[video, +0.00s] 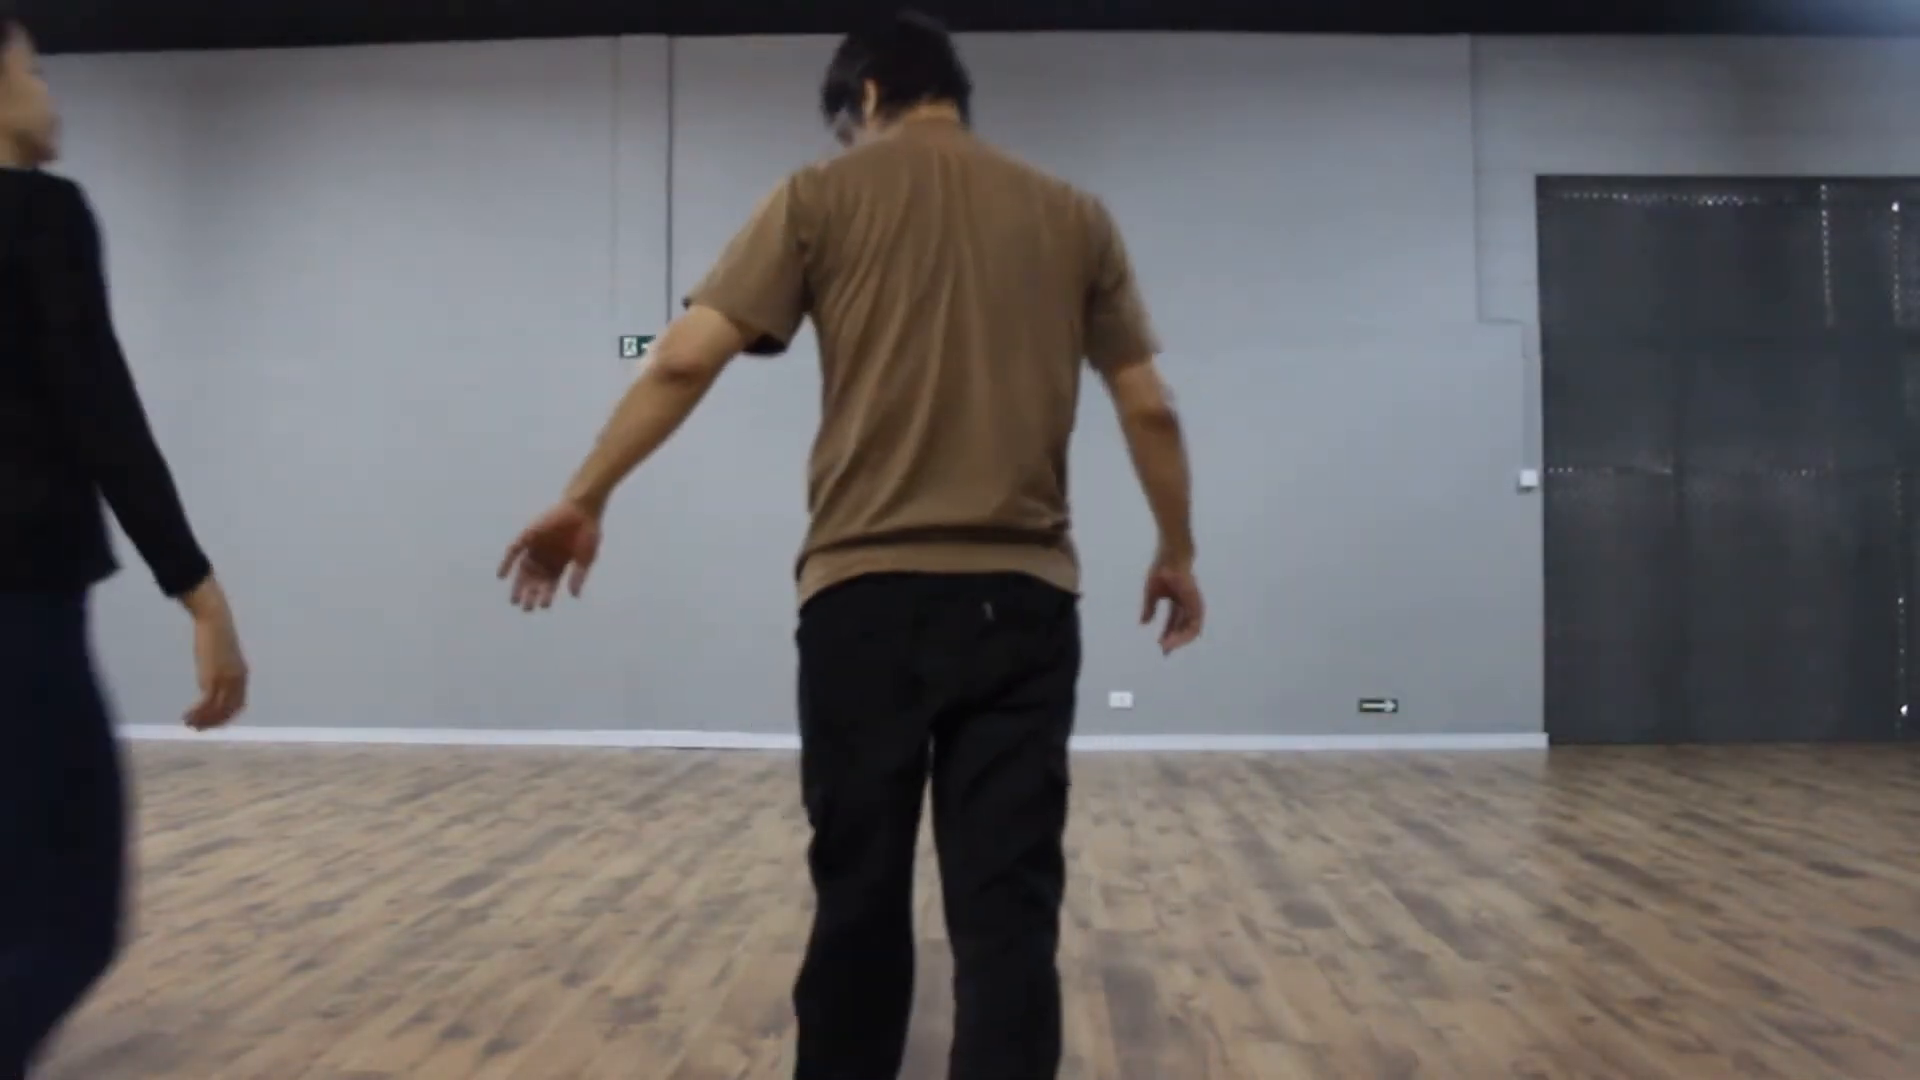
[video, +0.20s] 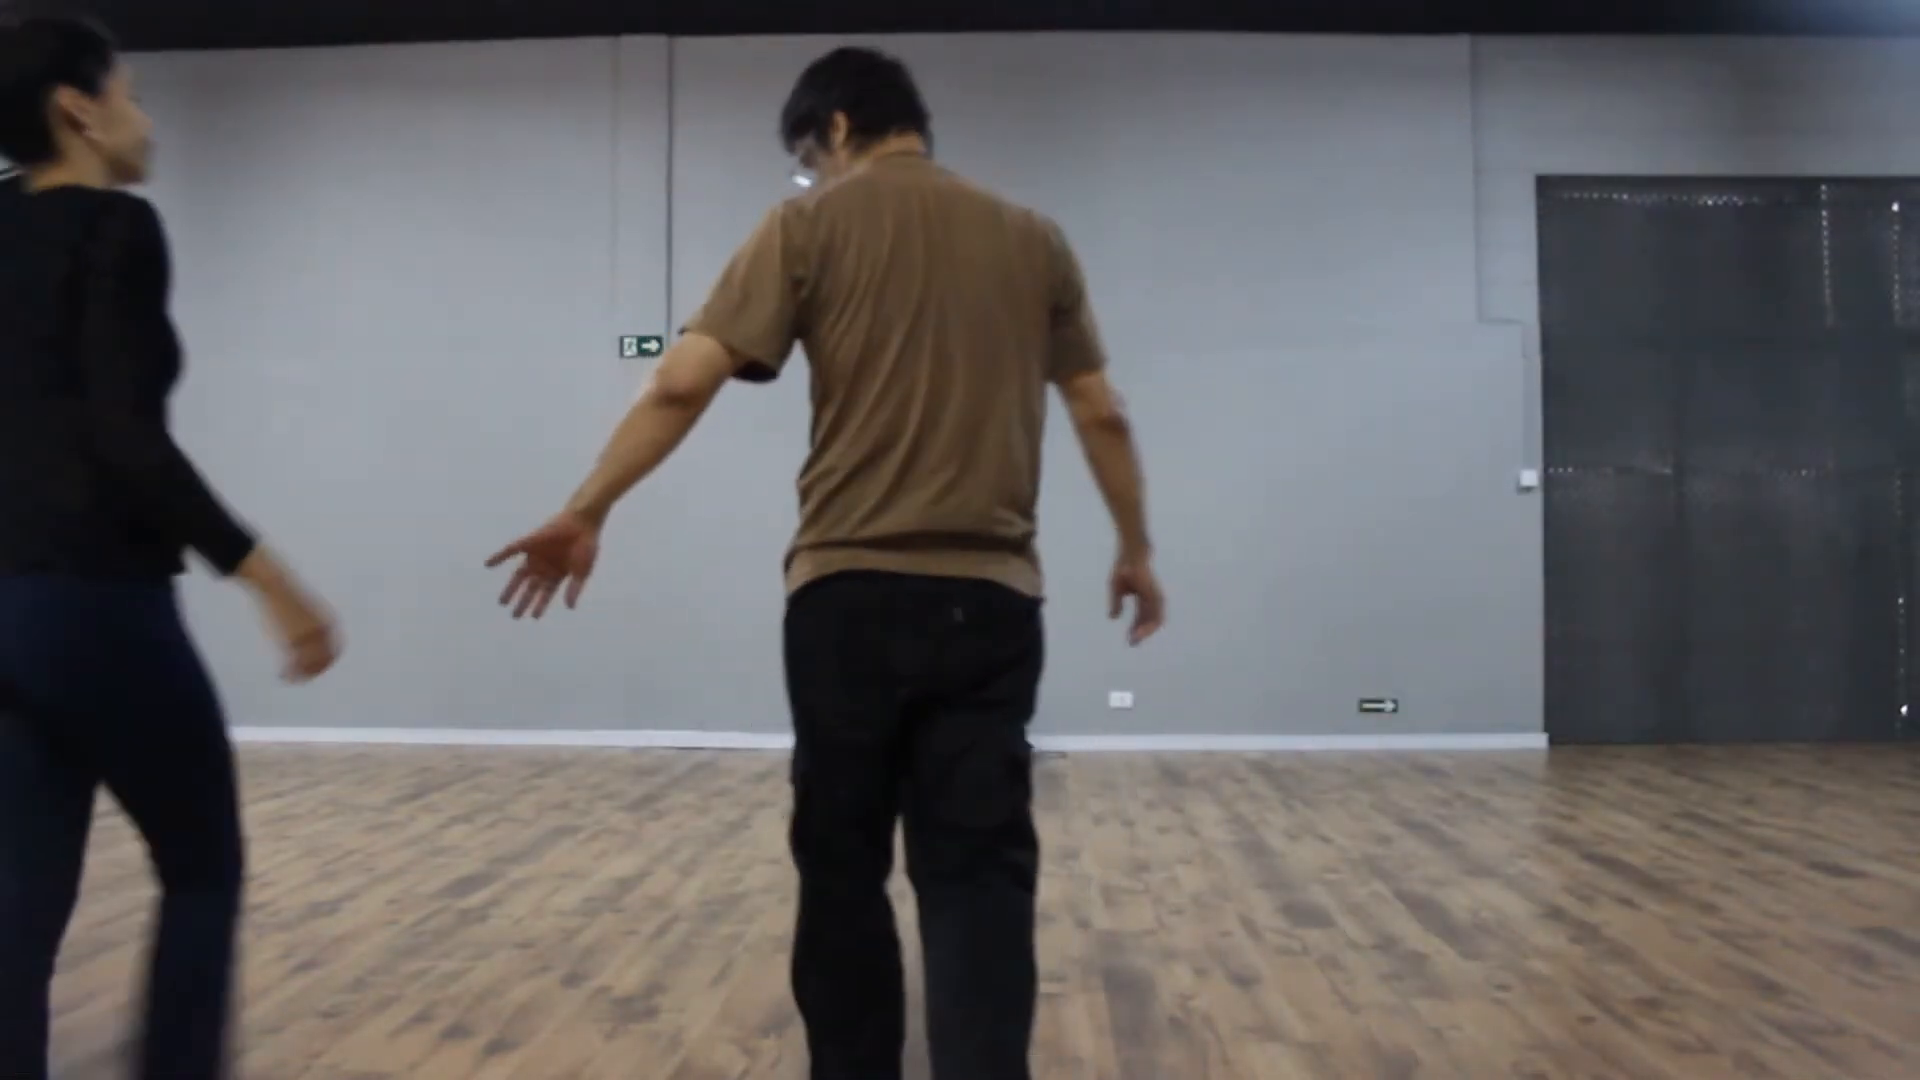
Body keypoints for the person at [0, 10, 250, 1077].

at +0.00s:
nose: (45, 81)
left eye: (36, 55)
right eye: (28, 56)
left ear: (11, 77)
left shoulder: (39, 209)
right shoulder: (38, 210)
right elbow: (99, 411)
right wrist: (200, 592)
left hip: (33, 615)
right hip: (23, 619)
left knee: (50, 903)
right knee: (73, 914)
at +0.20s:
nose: (144, 114)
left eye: (133, 92)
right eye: (126, 93)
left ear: (51, 117)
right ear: (74, 110)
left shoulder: (7, 222)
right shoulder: (113, 225)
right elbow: (127, 434)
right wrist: (268, 580)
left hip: (14, 611)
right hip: (100, 611)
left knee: (21, 910)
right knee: (203, 861)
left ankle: (19, 1065)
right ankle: (181, 1063)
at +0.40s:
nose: (249, 162)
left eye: (241, 143)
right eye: (237, 144)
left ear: (148, 170)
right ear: (198, 159)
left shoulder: (96, 290)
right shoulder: (233, 268)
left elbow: (123, 468)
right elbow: (257, 456)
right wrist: (407, 484)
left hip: (125, 628)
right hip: (232, 631)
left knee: (113, 891)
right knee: (295, 881)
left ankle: (40, 1067)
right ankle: (352, 1064)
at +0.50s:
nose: (308, 172)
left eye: (301, 153)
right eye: (298, 154)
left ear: (206, 175)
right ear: (267, 165)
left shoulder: (155, 298)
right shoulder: (303, 275)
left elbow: (178, 485)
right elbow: (342, 459)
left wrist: (256, 543)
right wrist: (482, 464)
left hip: (216, 613)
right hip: (321, 608)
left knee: (216, 869)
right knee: (342, 876)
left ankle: (89, 1069)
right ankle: (360, 1069)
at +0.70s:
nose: (377, 182)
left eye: (370, 165)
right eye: (371, 166)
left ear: (271, 186)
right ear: (348, 176)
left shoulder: (227, 300)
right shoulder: (387, 282)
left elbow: (228, 471)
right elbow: (430, 451)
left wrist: (262, 580)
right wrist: (556, 466)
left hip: (287, 602)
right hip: (387, 595)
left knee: (334, 826)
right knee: (377, 845)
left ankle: (224, 1052)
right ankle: (361, 1064)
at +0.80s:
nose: (424, 196)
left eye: (418, 180)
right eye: (418, 181)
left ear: (322, 197)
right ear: (398, 190)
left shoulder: (279, 311)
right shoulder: (435, 288)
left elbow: (261, 469)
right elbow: (476, 453)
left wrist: (260, 607)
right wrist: (586, 476)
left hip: (327, 603)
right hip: (426, 598)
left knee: (398, 819)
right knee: (390, 846)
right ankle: (355, 1061)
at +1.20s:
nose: (525, 249)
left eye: (519, 234)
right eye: (519, 235)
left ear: (438, 250)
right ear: (501, 245)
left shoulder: (403, 349)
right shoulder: (529, 330)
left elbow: (387, 490)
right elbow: (545, 472)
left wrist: (383, 616)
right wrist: (651, 498)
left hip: (441, 606)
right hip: (521, 606)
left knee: (497, 807)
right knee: (530, 814)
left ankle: (529, 1013)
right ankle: (426, 1013)